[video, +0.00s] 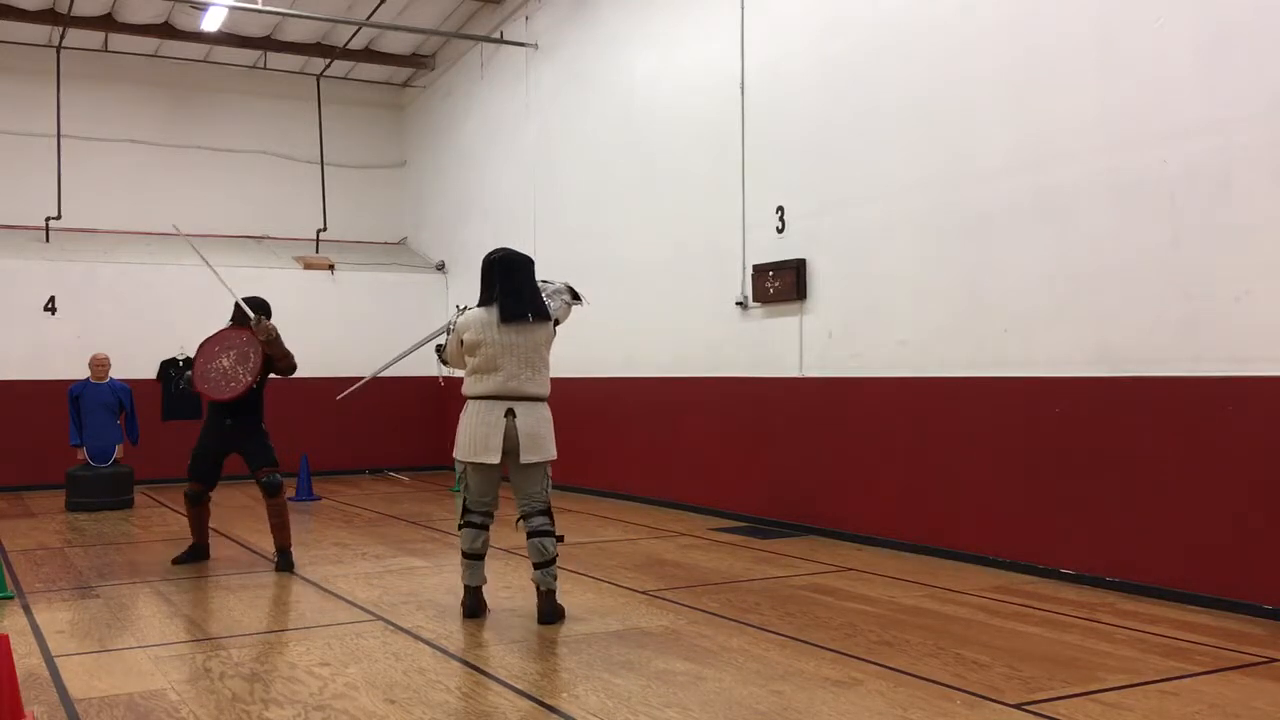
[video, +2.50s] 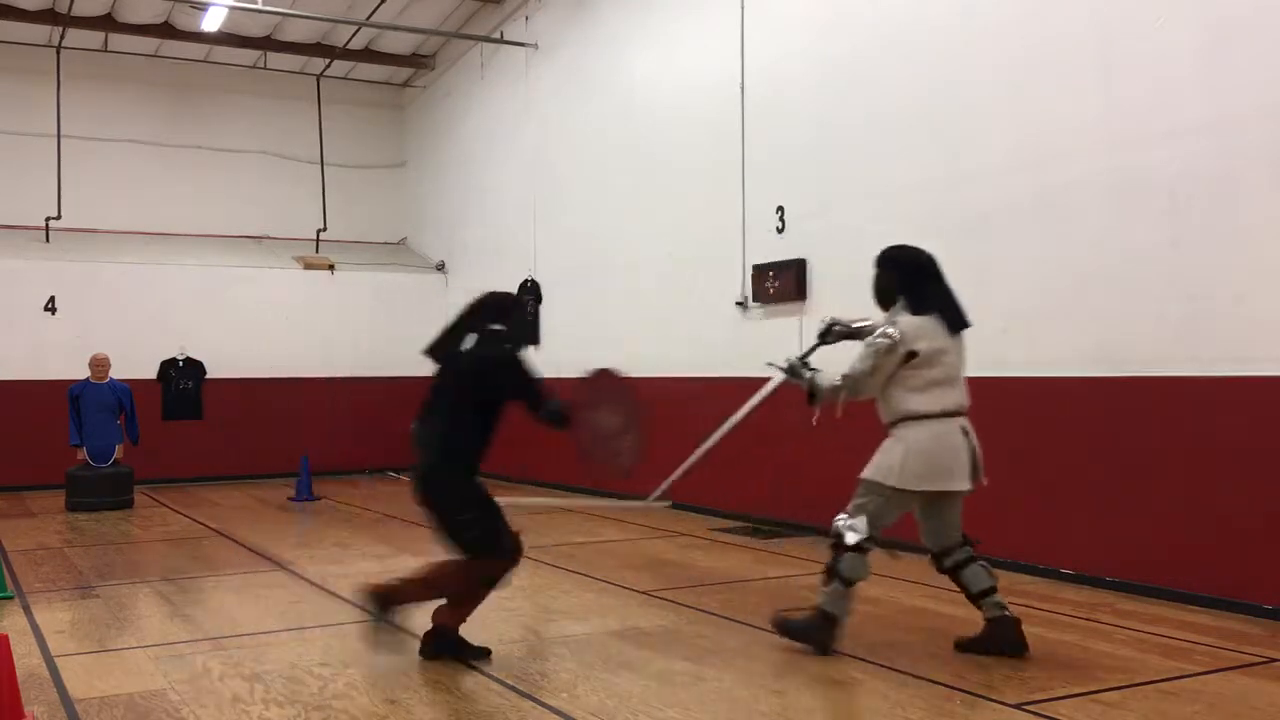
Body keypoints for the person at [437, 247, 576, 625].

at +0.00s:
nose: (481, 285)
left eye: (485, 278)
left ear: (488, 282)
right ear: (529, 281)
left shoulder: (470, 321)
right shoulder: (543, 318)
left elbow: (452, 358)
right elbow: (563, 298)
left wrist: (456, 330)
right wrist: (543, 285)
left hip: (481, 425)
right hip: (532, 424)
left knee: (477, 509)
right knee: (536, 509)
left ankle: (472, 595)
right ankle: (547, 601)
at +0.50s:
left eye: (478, 280)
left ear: (481, 283)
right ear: (522, 282)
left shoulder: (465, 323)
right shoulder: (538, 318)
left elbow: (448, 360)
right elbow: (558, 297)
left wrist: (451, 331)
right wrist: (532, 283)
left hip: (478, 425)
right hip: (529, 423)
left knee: (474, 509)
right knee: (534, 508)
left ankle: (473, 595)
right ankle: (546, 599)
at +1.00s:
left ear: (488, 306)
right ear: (529, 303)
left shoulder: (473, 346)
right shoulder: (545, 336)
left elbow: (464, 389)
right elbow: (560, 317)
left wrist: (456, 357)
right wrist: (536, 300)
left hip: (490, 443)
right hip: (542, 441)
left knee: (479, 517)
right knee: (555, 513)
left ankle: (456, 593)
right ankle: (558, 585)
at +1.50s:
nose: (603, 291)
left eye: (608, 285)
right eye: (605, 284)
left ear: (616, 292)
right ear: (648, 290)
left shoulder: (602, 330)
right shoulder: (666, 332)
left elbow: (561, 348)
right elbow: (645, 314)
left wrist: (551, 308)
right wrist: (613, 290)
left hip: (602, 434)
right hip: (649, 437)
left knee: (559, 512)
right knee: (629, 518)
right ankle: (646, 597)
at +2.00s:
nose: (722, 279)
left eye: (725, 273)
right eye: (720, 272)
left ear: (736, 278)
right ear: (772, 271)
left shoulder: (737, 325)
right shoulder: (792, 313)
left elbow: (692, 361)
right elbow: (753, 293)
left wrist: (660, 327)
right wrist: (708, 281)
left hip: (753, 433)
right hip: (794, 430)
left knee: (738, 524)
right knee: (749, 514)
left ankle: (760, 621)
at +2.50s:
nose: (874, 285)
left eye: (879, 277)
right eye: (876, 276)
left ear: (895, 282)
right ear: (923, 280)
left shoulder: (897, 331)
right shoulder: (946, 324)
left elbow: (858, 382)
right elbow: (903, 334)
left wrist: (812, 381)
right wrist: (855, 329)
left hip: (913, 445)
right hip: (954, 441)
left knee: (854, 528)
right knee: (947, 545)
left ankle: (825, 622)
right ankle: (1002, 624)